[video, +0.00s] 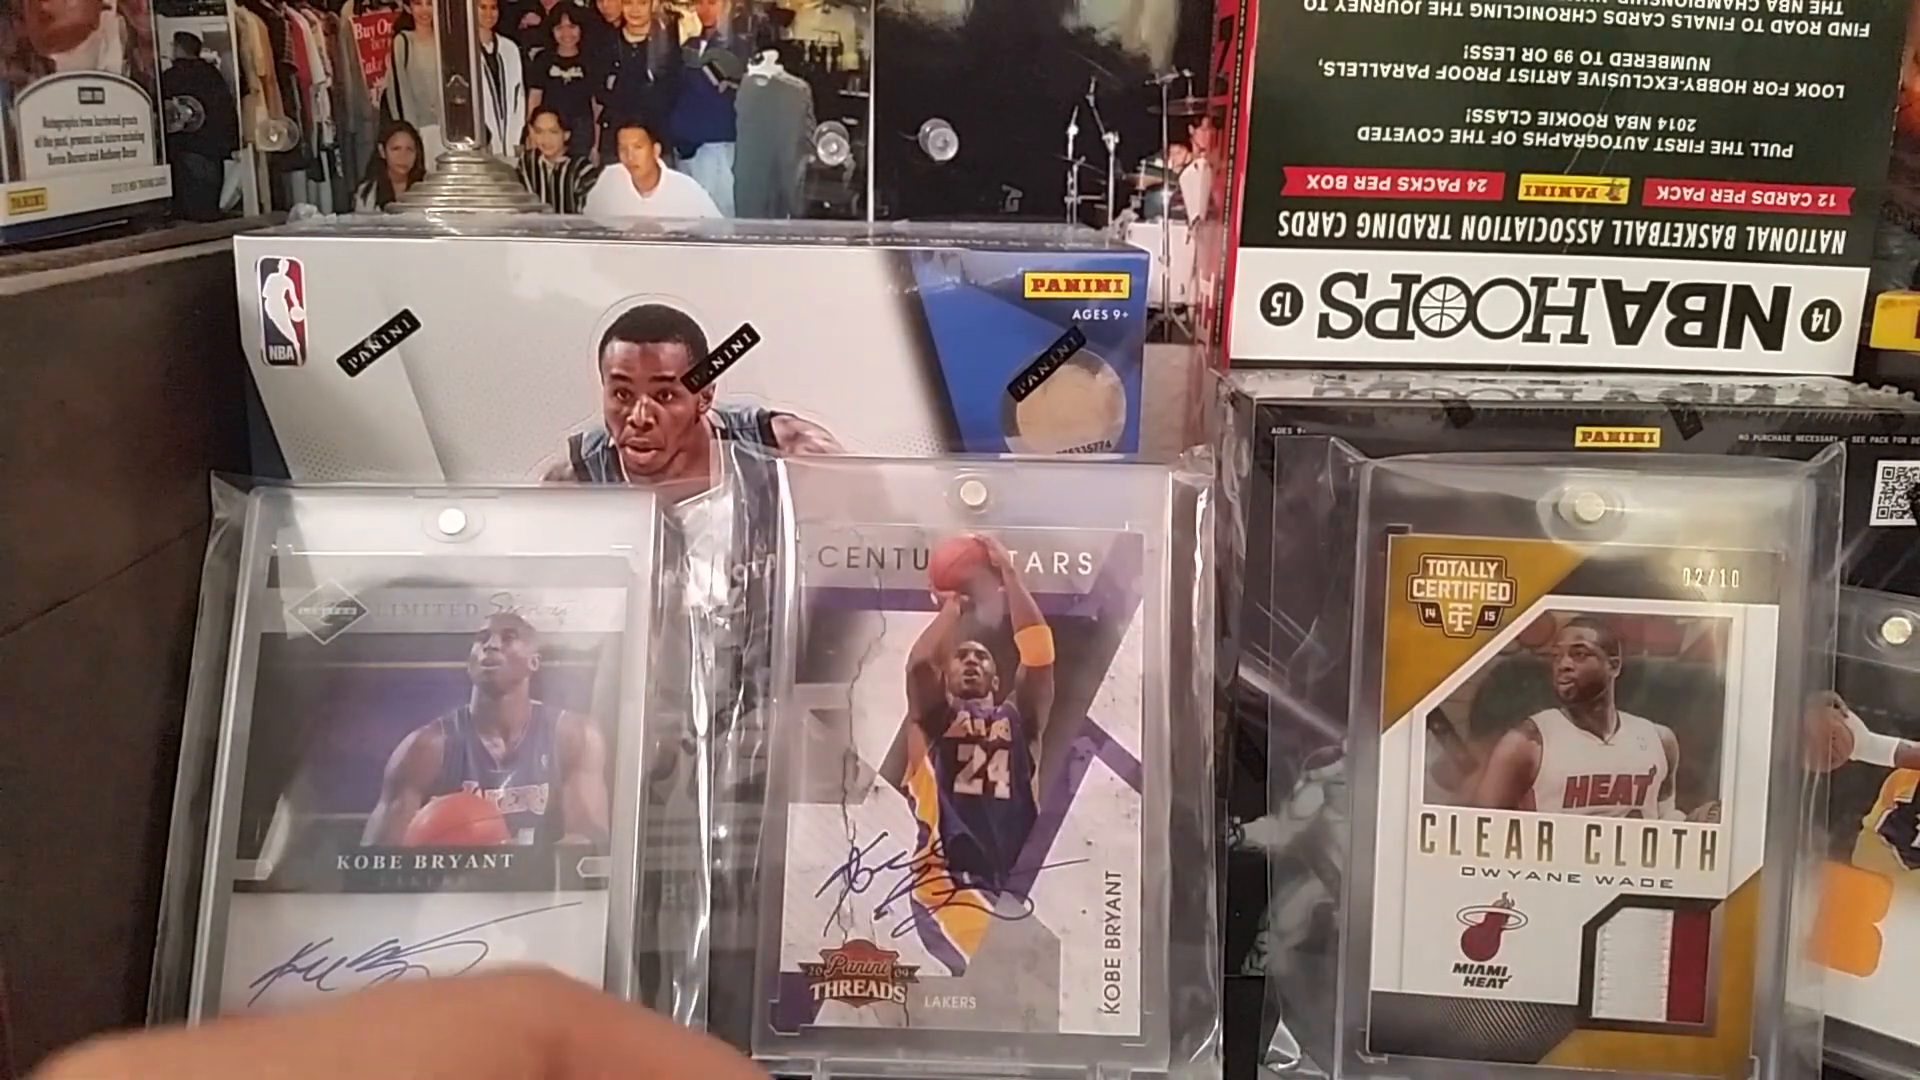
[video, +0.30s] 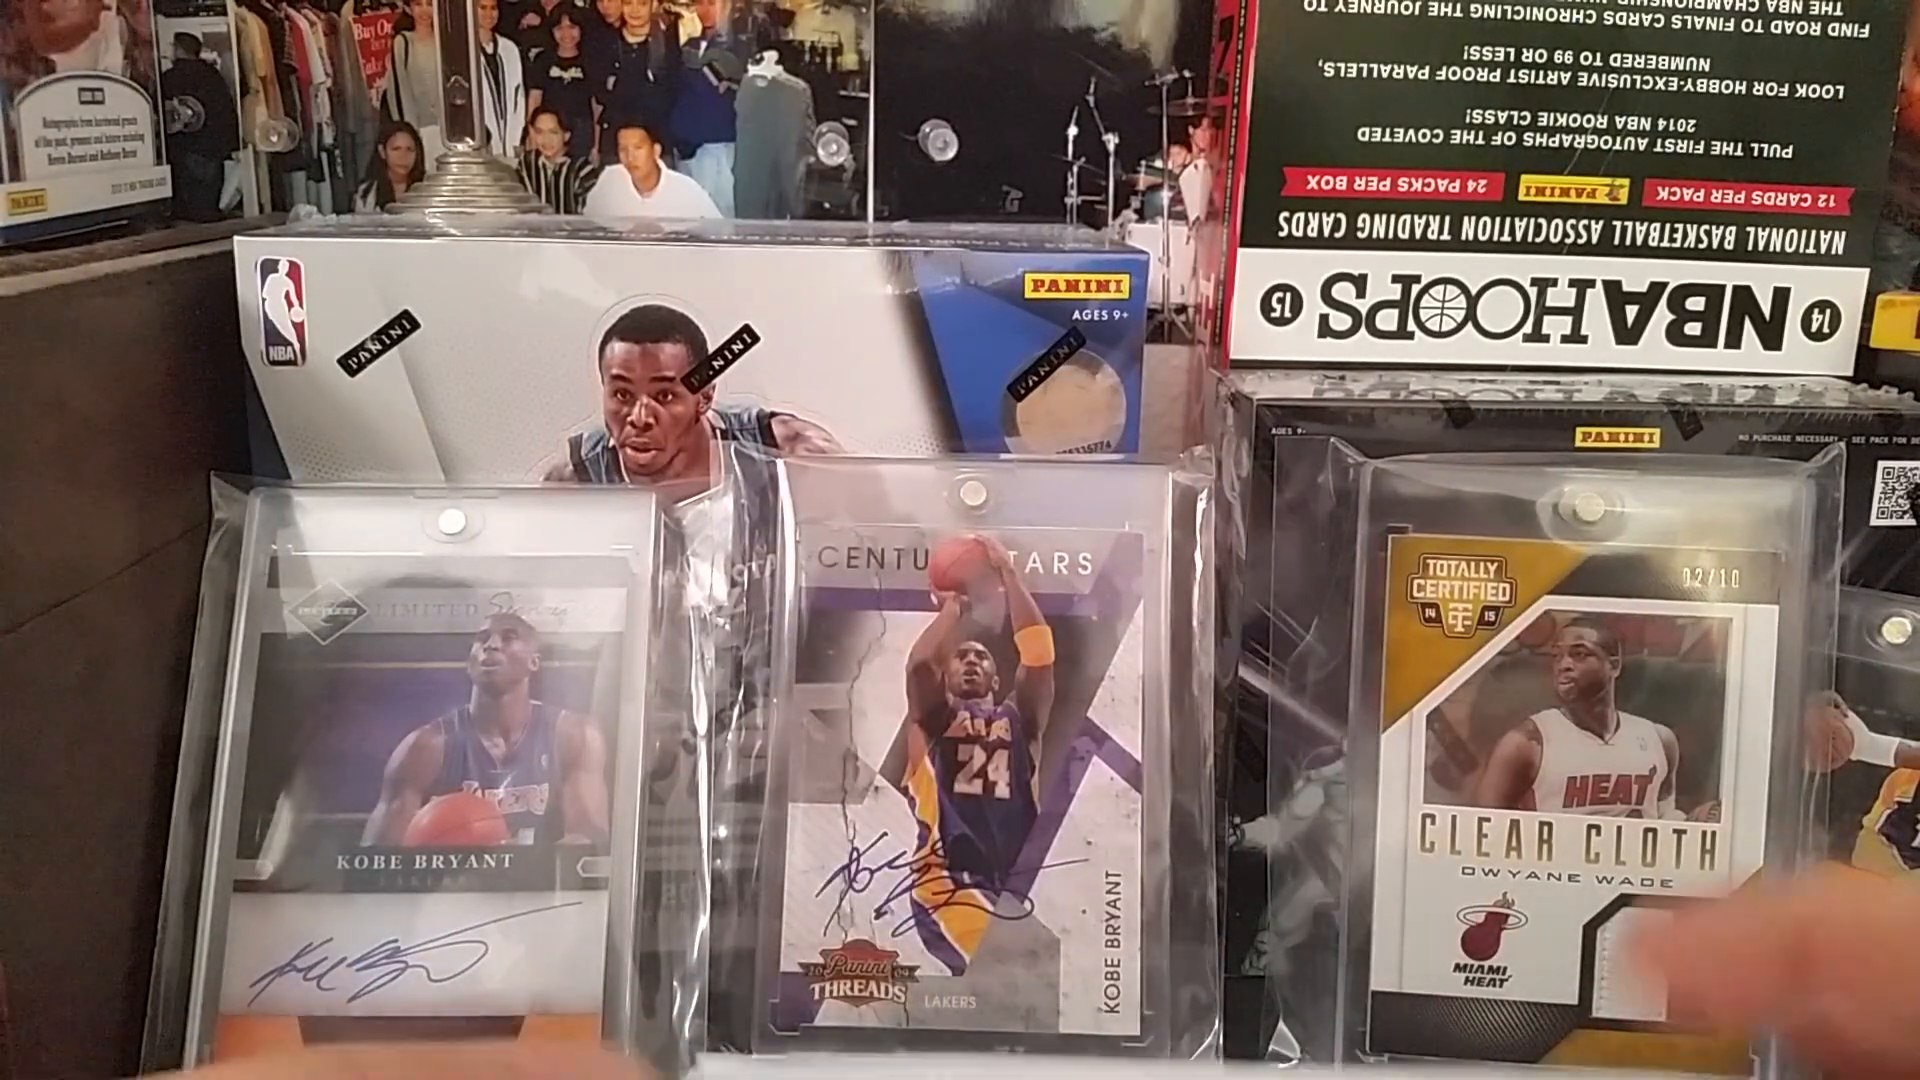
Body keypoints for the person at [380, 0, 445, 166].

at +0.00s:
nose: (424, 10)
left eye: (429, 4)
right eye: (418, 4)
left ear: (436, 7)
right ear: (408, 8)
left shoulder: (443, 38)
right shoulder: (402, 40)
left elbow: (453, 77)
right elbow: (401, 84)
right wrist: (410, 125)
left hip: (447, 117)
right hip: (420, 120)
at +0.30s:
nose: (424, 10)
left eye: (429, 4)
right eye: (418, 5)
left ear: (436, 8)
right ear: (409, 9)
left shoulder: (443, 38)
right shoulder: (402, 41)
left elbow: (453, 77)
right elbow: (402, 84)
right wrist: (410, 125)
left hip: (446, 116)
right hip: (420, 120)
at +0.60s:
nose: (424, 10)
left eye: (429, 4)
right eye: (418, 4)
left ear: (435, 7)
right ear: (408, 9)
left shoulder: (442, 38)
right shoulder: (402, 41)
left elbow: (452, 77)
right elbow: (401, 84)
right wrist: (410, 125)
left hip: (446, 116)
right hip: (419, 119)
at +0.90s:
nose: (425, 10)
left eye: (429, 4)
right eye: (418, 4)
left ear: (435, 7)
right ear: (408, 9)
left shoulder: (442, 38)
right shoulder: (403, 41)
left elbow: (452, 77)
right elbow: (402, 84)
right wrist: (410, 125)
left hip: (446, 115)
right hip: (420, 118)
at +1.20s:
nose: (425, 10)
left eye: (429, 4)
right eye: (418, 5)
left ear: (435, 8)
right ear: (408, 9)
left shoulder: (442, 38)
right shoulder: (403, 41)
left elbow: (452, 77)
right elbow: (402, 84)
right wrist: (410, 126)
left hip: (447, 116)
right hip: (420, 120)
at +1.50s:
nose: (425, 10)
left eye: (429, 4)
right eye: (418, 5)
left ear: (436, 8)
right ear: (408, 9)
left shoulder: (442, 39)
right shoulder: (402, 41)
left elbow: (452, 78)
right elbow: (401, 85)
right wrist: (409, 125)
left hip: (446, 117)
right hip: (419, 120)